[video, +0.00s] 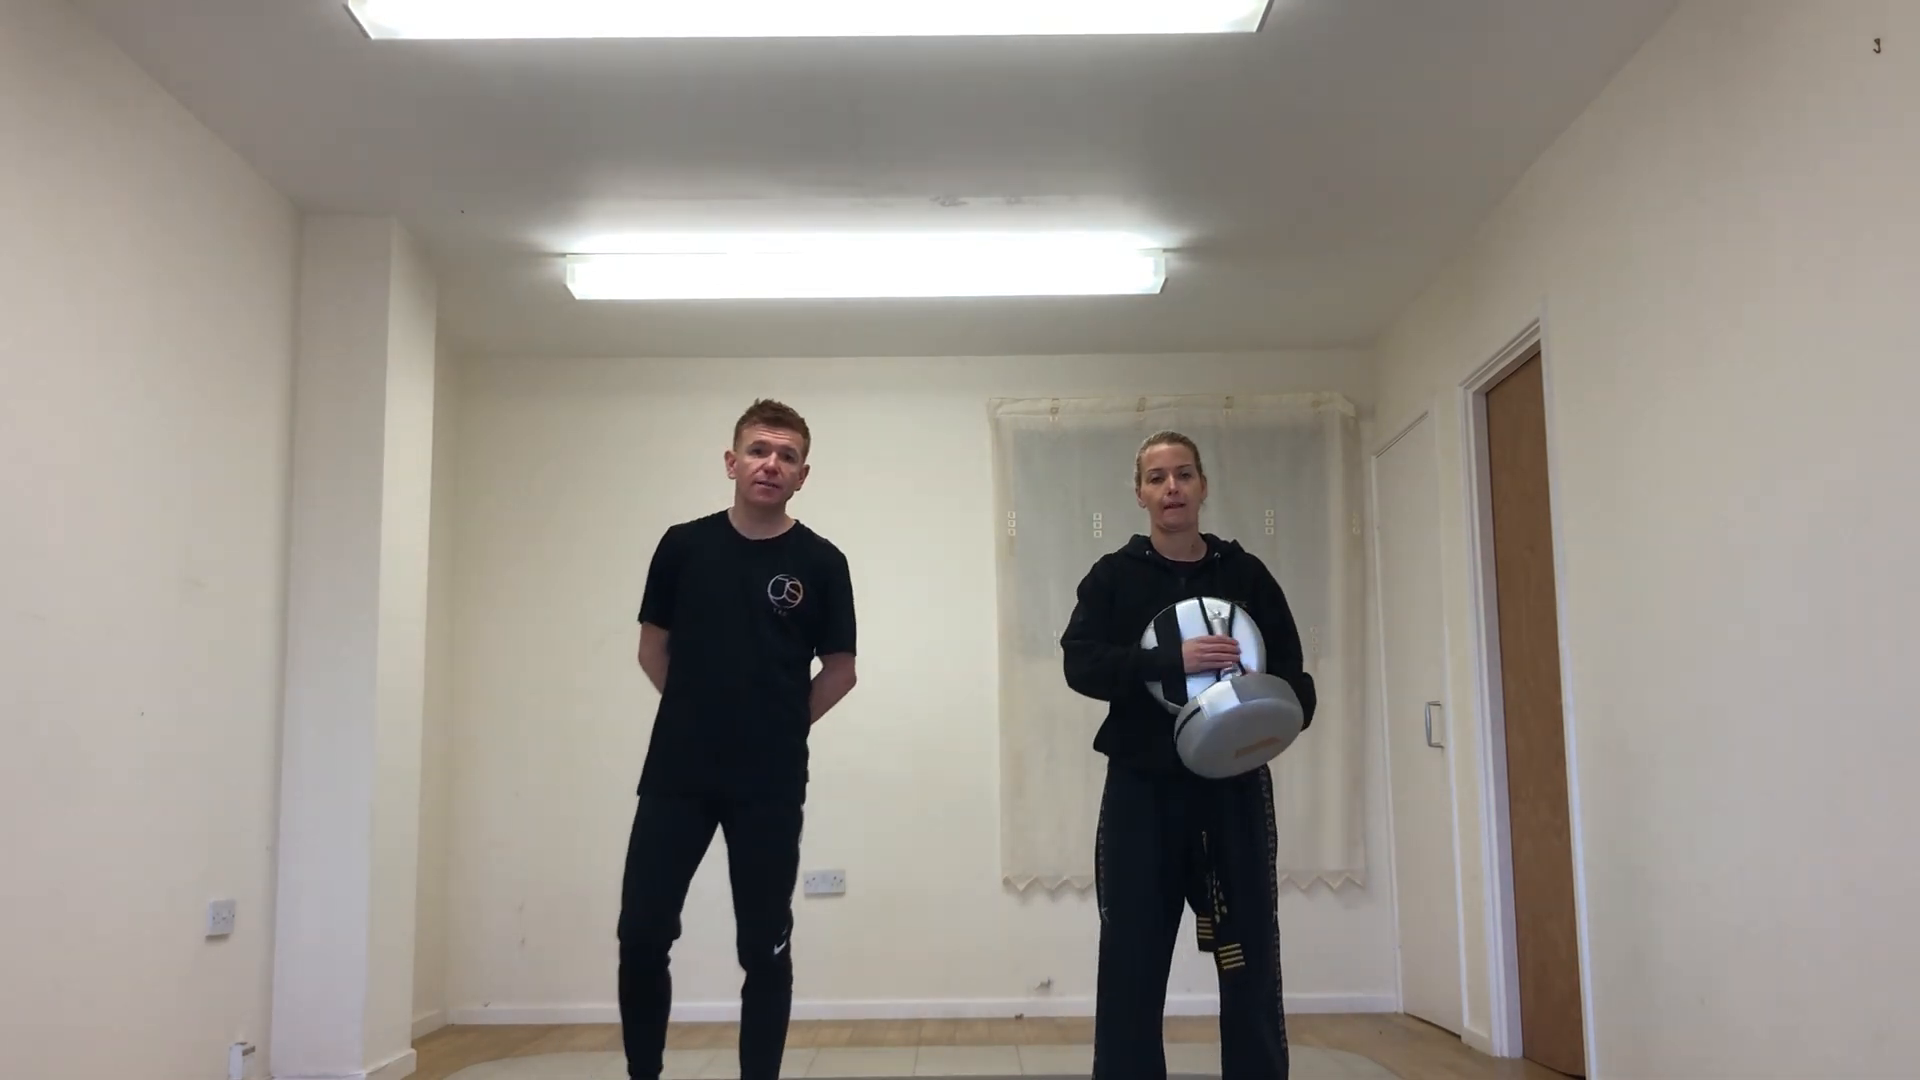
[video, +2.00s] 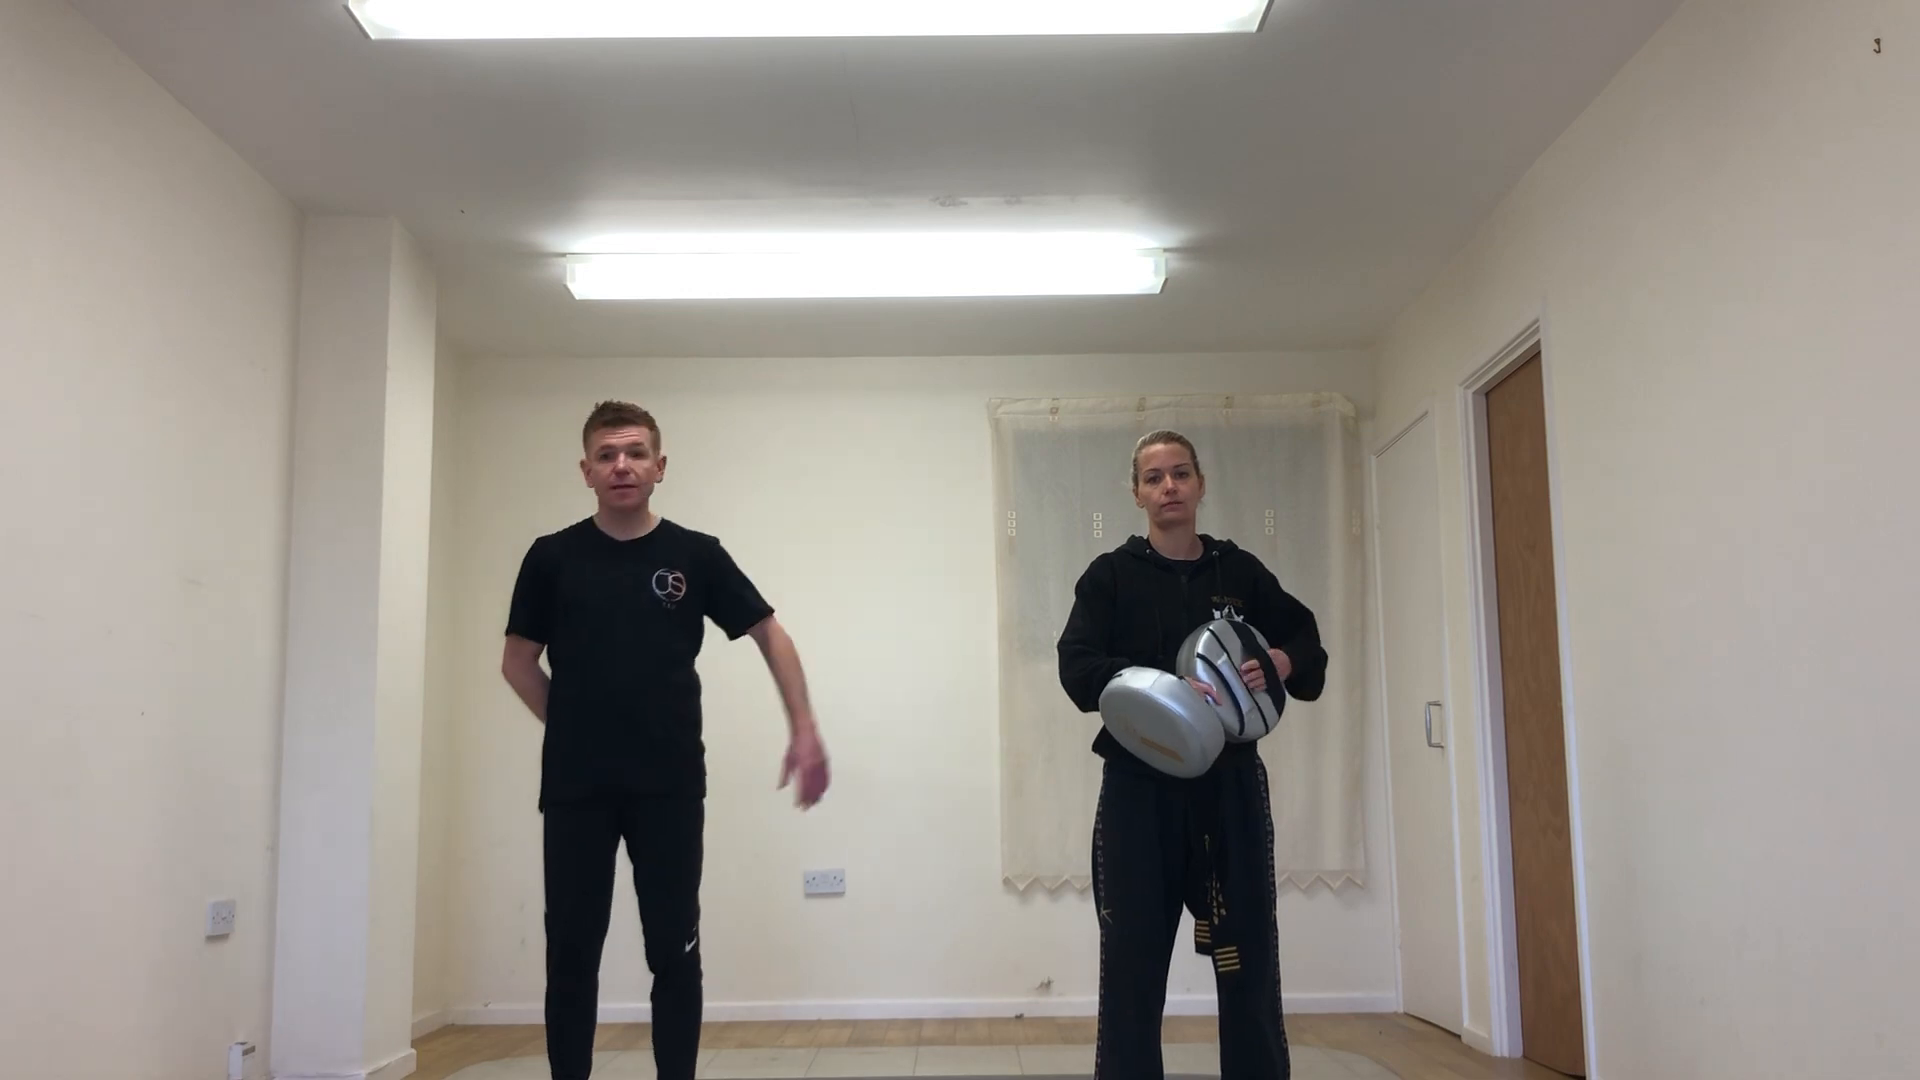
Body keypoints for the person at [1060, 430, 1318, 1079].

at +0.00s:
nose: (1171, 486)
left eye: (1183, 474)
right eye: (1157, 477)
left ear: (1203, 487)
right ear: (1140, 494)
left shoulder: (1246, 572)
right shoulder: (1113, 575)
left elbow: (1292, 677)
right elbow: (1080, 666)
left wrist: (1272, 717)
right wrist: (1171, 659)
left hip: (1236, 789)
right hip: (1142, 790)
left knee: (1251, 972)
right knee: (1131, 975)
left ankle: (1257, 1078)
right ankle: (1128, 1079)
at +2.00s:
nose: (1168, 485)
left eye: (1179, 473)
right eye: (1154, 477)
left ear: (1200, 485)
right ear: (1137, 494)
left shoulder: (1240, 569)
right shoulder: (1109, 575)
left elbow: (1308, 652)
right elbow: (1077, 667)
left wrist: (1279, 664)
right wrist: (1157, 691)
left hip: (1231, 783)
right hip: (1138, 786)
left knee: (1248, 962)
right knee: (1131, 968)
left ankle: (1258, 1077)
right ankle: (1127, 1077)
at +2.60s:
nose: (1164, 487)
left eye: (1176, 475)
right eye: (1150, 479)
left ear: (1198, 485)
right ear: (1134, 495)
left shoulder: (1241, 574)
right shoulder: (1108, 578)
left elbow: (1305, 658)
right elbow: (1062, 669)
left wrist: (1288, 690)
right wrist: (1082, 723)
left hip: (1232, 794)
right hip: (1137, 798)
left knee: (1249, 973)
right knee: (1130, 977)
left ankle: (1258, 1077)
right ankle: (1125, 1078)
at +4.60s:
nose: (1174, 487)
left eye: (1187, 475)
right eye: (1160, 476)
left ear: (1206, 487)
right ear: (1142, 488)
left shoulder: (1239, 570)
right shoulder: (1110, 575)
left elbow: (1255, 668)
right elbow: (1094, 682)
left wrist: (1217, 730)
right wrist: (1137, 740)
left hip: (1229, 780)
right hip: (1138, 782)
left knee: (1249, 961)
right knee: (1130, 965)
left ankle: (1261, 1077)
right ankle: (1124, 1079)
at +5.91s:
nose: (1172, 485)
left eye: (1185, 473)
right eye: (1158, 474)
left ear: (1205, 485)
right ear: (1140, 488)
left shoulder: (1239, 570)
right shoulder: (1110, 575)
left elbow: (1255, 669)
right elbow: (1095, 683)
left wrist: (1216, 731)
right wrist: (1139, 740)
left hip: (1231, 781)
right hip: (1139, 782)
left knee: (1249, 963)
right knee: (1131, 967)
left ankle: (1260, 1076)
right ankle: (1124, 1077)